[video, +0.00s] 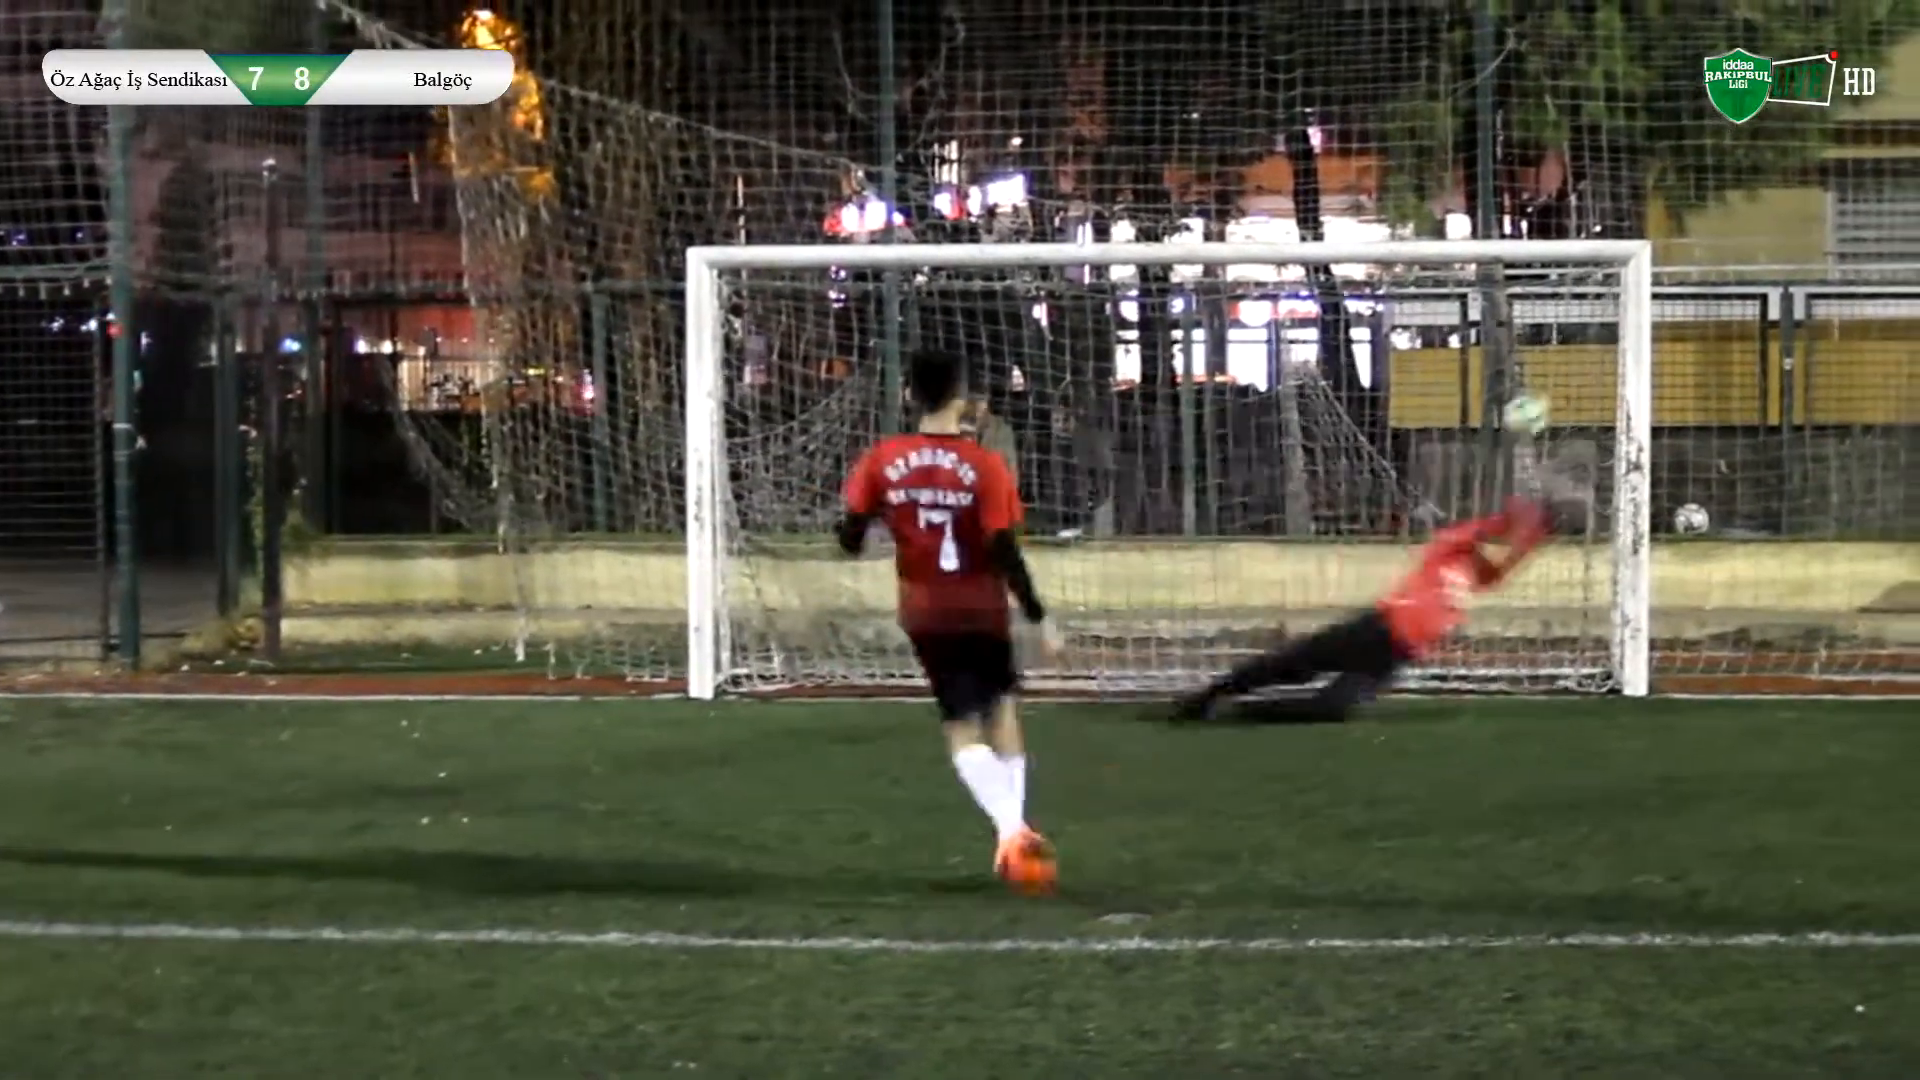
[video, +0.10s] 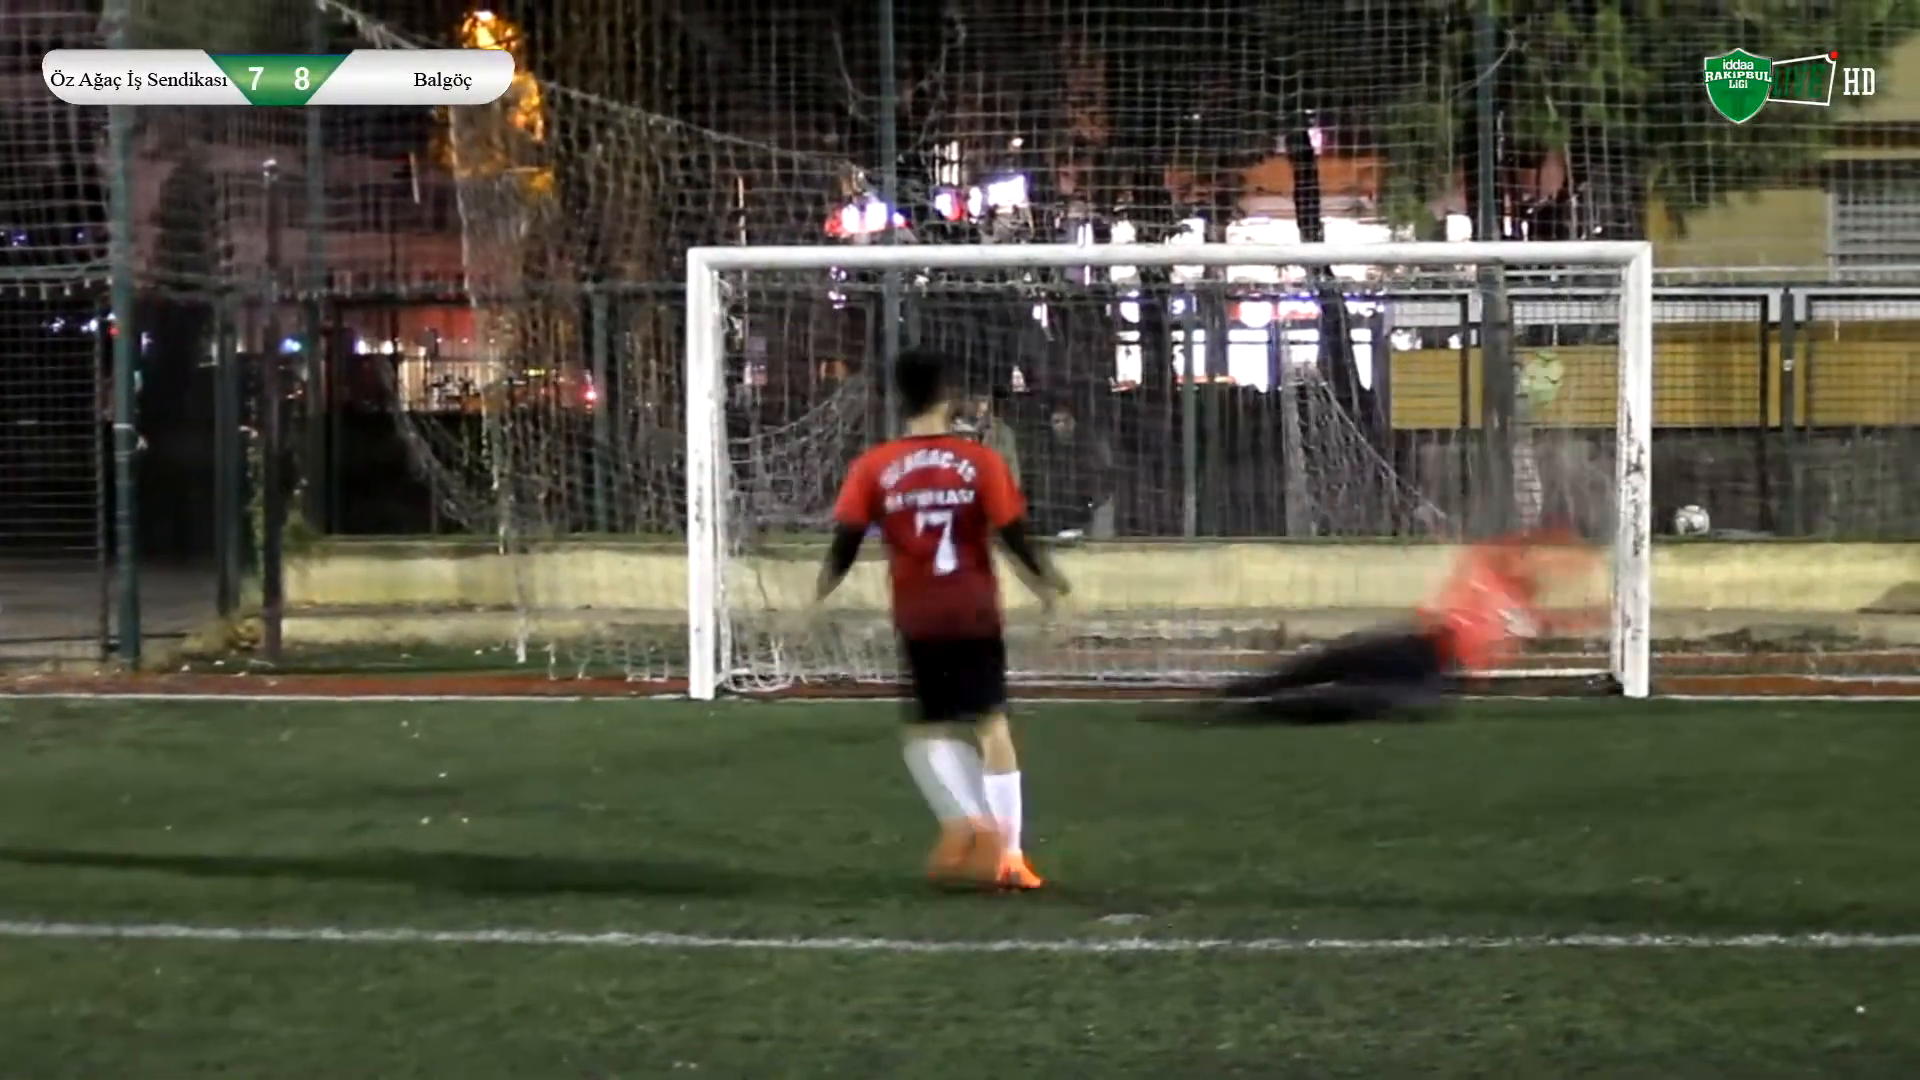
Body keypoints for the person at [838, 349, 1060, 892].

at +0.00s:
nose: (968, 402)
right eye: (966, 394)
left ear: (912, 398)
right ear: (962, 398)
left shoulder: (883, 458)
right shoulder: (984, 464)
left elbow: (849, 539)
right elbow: (1002, 547)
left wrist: (880, 508)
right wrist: (1039, 615)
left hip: (925, 618)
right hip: (982, 615)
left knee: (961, 727)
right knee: (1002, 711)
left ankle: (1010, 828)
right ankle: (1012, 832)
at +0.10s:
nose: (958, 401)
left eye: (950, 393)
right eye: (956, 393)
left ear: (901, 400)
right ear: (949, 397)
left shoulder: (875, 465)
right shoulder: (979, 458)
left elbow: (847, 540)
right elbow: (1011, 532)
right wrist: (1047, 580)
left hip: (919, 626)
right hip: (977, 621)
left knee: (924, 729)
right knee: (992, 724)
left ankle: (962, 819)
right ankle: (1009, 850)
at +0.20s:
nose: (936, 400)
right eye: (936, 393)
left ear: (882, 403)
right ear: (932, 398)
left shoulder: (863, 469)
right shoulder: (970, 456)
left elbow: (841, 551)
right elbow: (1021, 524)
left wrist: (809, 603)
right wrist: (1065, 565)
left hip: (907, 628)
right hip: (969, 623)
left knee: (901, 726)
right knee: (990, 731)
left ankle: (925, 822)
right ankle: (1014, 851)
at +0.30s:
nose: (918, 403)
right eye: (916, 395)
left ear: (863, 403)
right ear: (913, 398)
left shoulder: (848, 468)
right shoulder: (952, 451)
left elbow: (835, 553)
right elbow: (1012, 512)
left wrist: (800, 609)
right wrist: (1060, 547)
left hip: (897, 624)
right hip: (958, 618)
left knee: (873, 717)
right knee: (982, 725)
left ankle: (884, 831)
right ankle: (1014, 847)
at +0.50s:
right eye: (866, 389)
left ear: (808, 403)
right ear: (859, 393)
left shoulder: (806, 467)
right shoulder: (905, 448)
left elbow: (815, 544)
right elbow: (964, 511)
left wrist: (788, 604)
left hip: (853, 619)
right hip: (912, 613)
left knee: (832, 720)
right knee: (952, 720)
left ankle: (839, 843)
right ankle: (1000, 829)